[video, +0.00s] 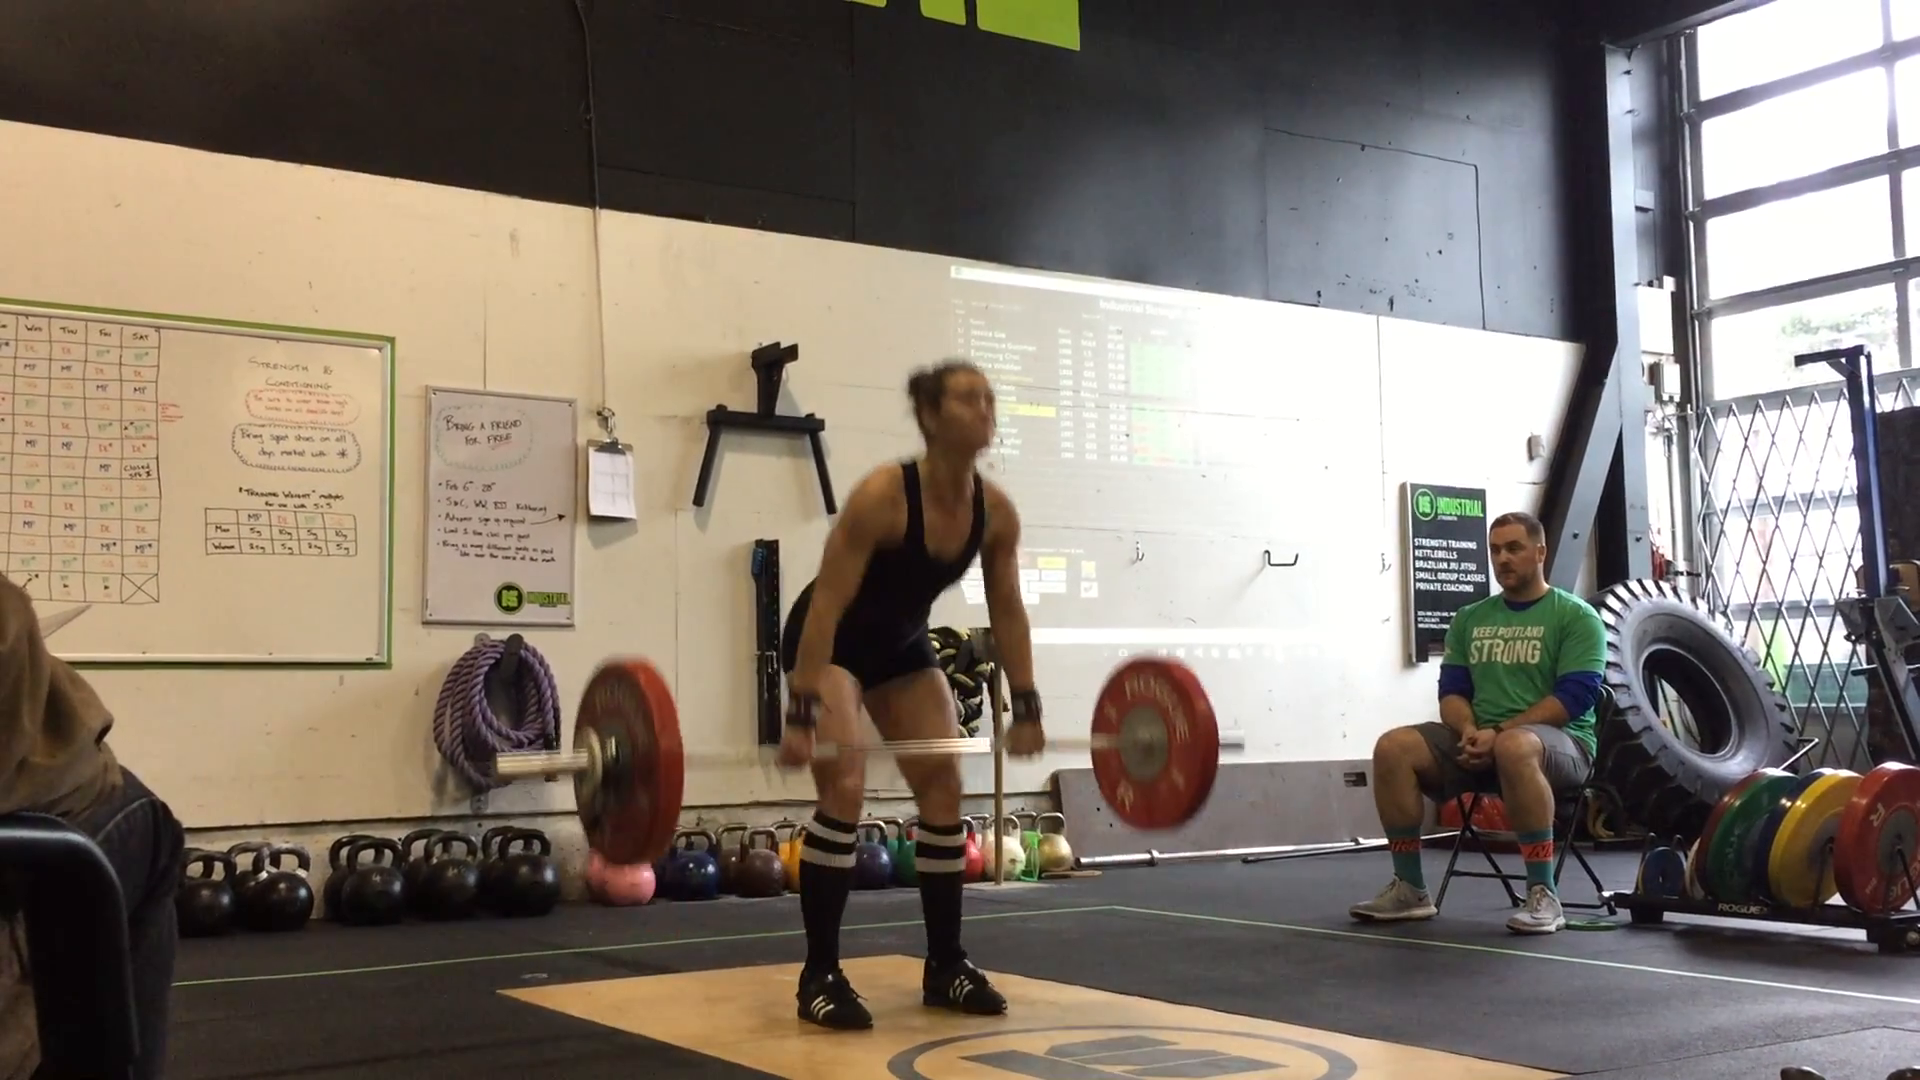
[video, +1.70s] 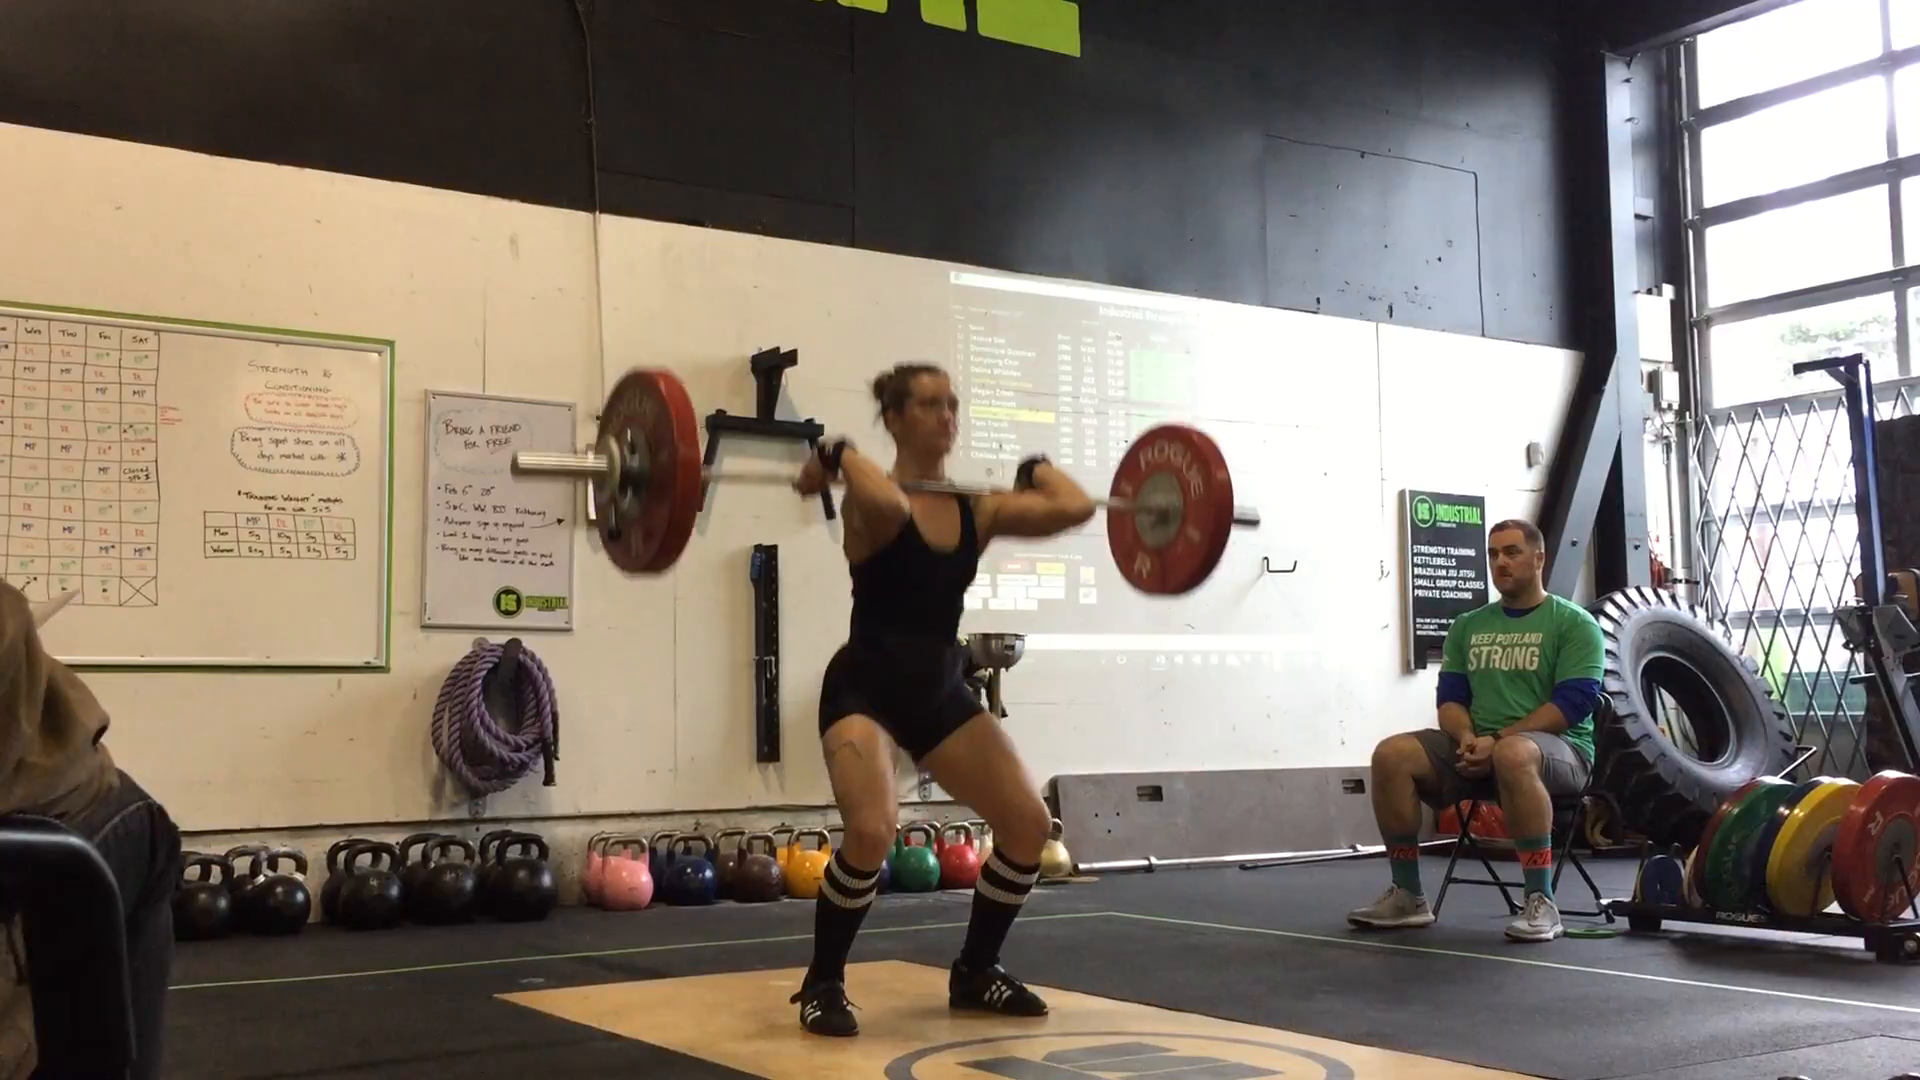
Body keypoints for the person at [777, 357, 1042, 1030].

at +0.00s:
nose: (984, 411)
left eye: (988, 400)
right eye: (968, 400)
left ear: (993, 416)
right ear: (929, 415)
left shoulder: (995, 510)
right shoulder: (880, 495)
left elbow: (1006, 609)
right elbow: (826, 601)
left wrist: (1025, 705)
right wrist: (802, 705)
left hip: (901, 642)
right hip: (830, 636)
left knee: (942, 784)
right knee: (844, 790)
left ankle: (945, 969)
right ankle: (820, 975)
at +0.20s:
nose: (912, 344)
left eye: (916, 334)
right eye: (898, 333)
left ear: (917, 346)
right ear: (860, 342)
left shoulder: (936, 425)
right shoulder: (829, 418)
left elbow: (975, 509)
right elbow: (815, 508)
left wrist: (1024, 592)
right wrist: (810, 591)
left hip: (937, 622)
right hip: (858, 625)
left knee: (963, 787)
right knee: (864, 791)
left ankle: (950, 959)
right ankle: (827, 971)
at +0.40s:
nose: (925, 372)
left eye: (930, 362)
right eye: (910, 362)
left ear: (934, 373)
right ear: (873, 372)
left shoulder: (942, 450)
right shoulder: (838, 435)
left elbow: (974, 540)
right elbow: (759, 491)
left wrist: (1024, 526)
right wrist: (803, 498)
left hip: (914, 647)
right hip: (840, 646)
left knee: (987, 798)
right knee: (852, 804)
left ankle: (973, 970)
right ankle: (819, 981)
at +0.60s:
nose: (949, 470)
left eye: (950, 460)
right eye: (932, 462)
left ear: (955, 477)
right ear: (894, 481)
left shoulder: (978, 569)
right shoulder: (876, 564)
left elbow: (1063, 587)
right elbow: (877, 633)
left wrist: (1042, 533)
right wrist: (851, 549)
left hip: (928, 745)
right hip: (854, 736)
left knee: (1048, 830)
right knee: (853, 838)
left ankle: (975, 971)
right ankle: (820, 983)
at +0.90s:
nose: (951, 588)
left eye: (955, 578)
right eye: (935, 578)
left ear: (960, 588)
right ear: (895, 593)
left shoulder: (980, 674)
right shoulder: (871, 673)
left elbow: (1075, 659)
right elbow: (900, 667)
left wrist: (1030, 626)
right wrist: (840, 625)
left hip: (946, 853)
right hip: (870, 851)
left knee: (1073, 859)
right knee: (840, 861)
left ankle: (974, 971)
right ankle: (822, 985)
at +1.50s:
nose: (957, 489)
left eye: (961, 478)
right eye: (941, 478)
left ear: (965, 487)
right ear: (903, 487)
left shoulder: (981, 577)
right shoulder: (874, 571)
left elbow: (1076, 577)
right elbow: (895, 577)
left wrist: (1037, 537)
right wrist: (844, 526)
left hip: (926, 743)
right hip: (851, 738)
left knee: (1035, 831)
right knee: (877, 835)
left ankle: (975, 972)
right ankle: (823, 982)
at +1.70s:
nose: (946, 415)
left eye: (951, 405)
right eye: (930, 404)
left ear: (958, 419)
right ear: (894, 418)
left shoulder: (979, 508)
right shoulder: (873, 502)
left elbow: (1077, 508)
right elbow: (888, 502)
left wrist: (1036, 471)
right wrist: (838, 456)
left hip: (939, 690)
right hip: (864, 684)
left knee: (1027, 824)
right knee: (871, 830)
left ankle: (976, 975)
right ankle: (823, 984)